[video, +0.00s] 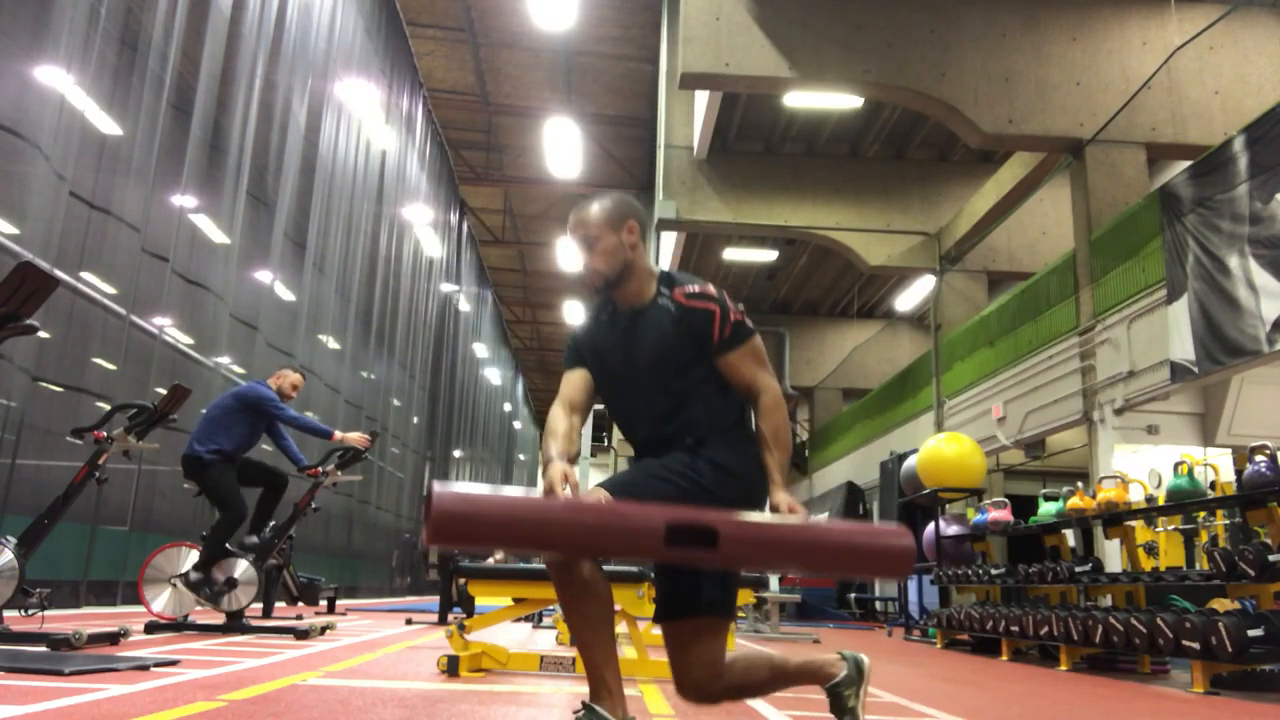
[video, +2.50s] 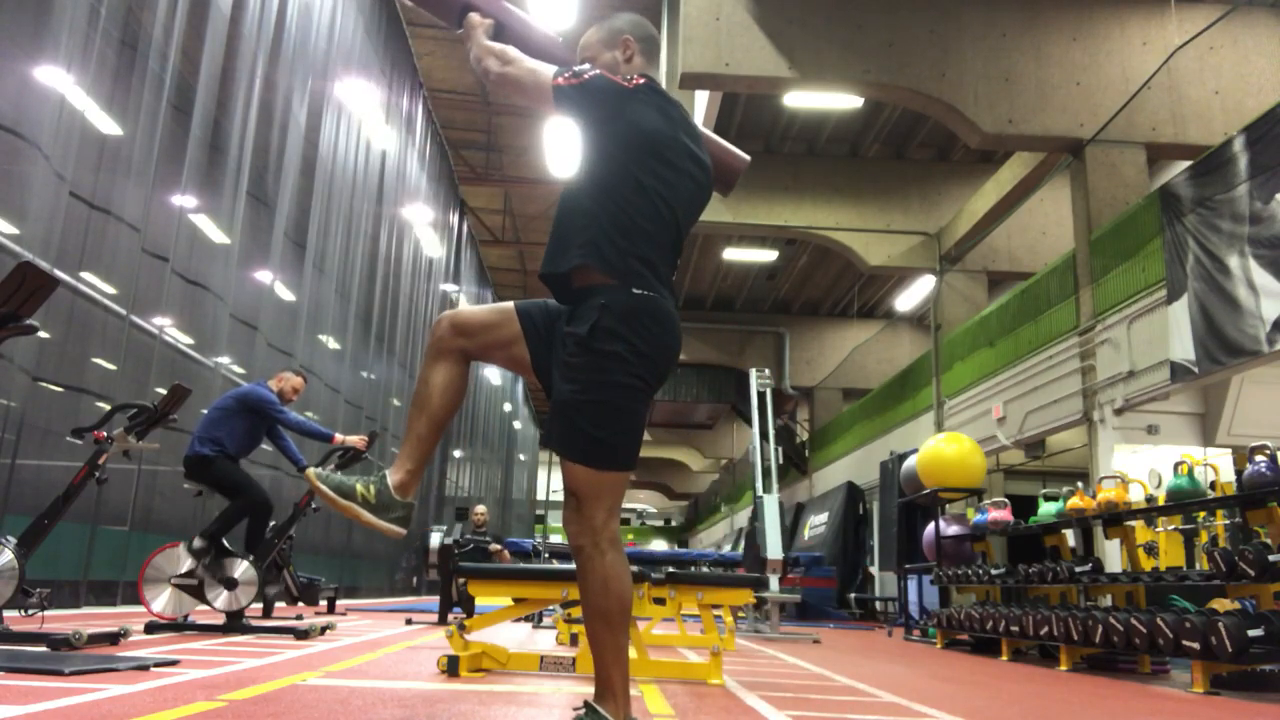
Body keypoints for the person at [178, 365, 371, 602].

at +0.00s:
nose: (295, 393)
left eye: (297, 391)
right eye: (293, 386)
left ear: (280, 384)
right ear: (276, 378)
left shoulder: (264, 402)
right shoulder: (258, 392)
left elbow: (280, 438)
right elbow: (294, 420)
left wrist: (305, 467)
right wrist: (341, 437)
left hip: (225, 460)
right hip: (204, 460)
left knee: (277, 479)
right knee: (235, 512)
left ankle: (252, 537)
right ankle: (198, 572)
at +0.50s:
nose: (294, 396)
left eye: (298, 393)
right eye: (293, 388)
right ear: (277, 379)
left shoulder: (267, 406)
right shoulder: (259, 393)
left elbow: (282, 439)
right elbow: (293, 420)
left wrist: (305, 467)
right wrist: (340, 439)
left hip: (218, 459)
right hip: (207, 458)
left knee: (260, 502)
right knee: (259, 501)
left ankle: (226, 547)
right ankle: (238, 561)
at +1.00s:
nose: (294, 396)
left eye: (298, 392)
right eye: (293, 388)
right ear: (278, 379)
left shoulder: (265, 403)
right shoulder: (260, 393)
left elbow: (280, 440)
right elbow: (295, 422)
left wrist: (304, 466)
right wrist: (340, 439)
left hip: (217, 460)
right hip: (205, 456)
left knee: (251, 515)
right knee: (261, 485)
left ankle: (236, 564)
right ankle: (209, 532)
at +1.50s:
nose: (295, 394)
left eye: (299, 391)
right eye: (294, 387)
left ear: (281, 384)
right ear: (279, 378)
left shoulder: (265, 401)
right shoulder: (259, 392)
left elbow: (279, 438)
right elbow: (295, 421)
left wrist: (304, 467)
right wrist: (341, 439)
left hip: (228, 462)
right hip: (207, 460)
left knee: (278, 477)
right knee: (232, 515)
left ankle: (242, 528)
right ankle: (209, 580)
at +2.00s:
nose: (294, 396)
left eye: (297, 393)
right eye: (293, 389)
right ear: (278, 379)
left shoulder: (265, 406)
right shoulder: (257, 393)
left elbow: (280, 440)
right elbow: (295, 422)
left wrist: (303, 467)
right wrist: (342, 439)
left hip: (212, 459)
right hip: (205, 456)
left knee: (252, 510)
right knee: (264, 481)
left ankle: (226, 544)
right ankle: (241, 544)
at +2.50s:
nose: (294, 398)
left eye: (298, 394)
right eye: (294, 390)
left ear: (285, 388)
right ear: (279, 380)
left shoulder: (265, 405)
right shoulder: (257, 393)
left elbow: (280, 441)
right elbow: (295, 422)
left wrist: (305, 469)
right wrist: (341, 439)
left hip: (220, 460)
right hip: (205, 458)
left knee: (262, 505)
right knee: (251, 498)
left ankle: (254, 561)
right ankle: (204, 540)